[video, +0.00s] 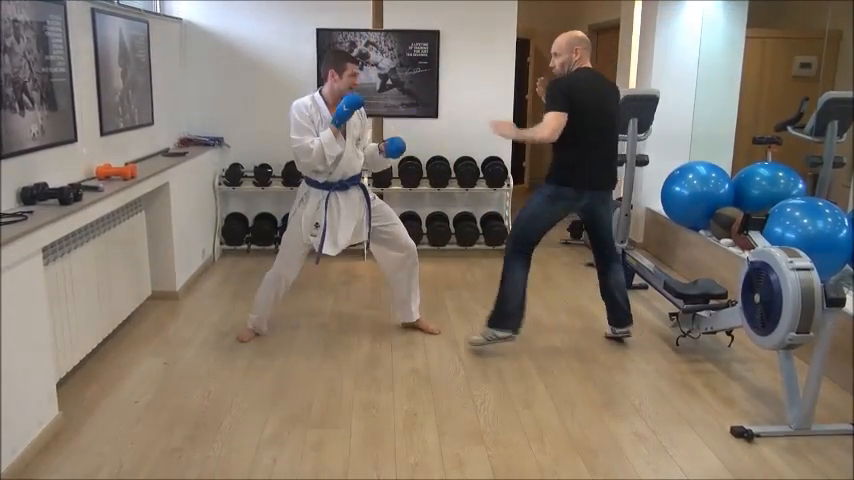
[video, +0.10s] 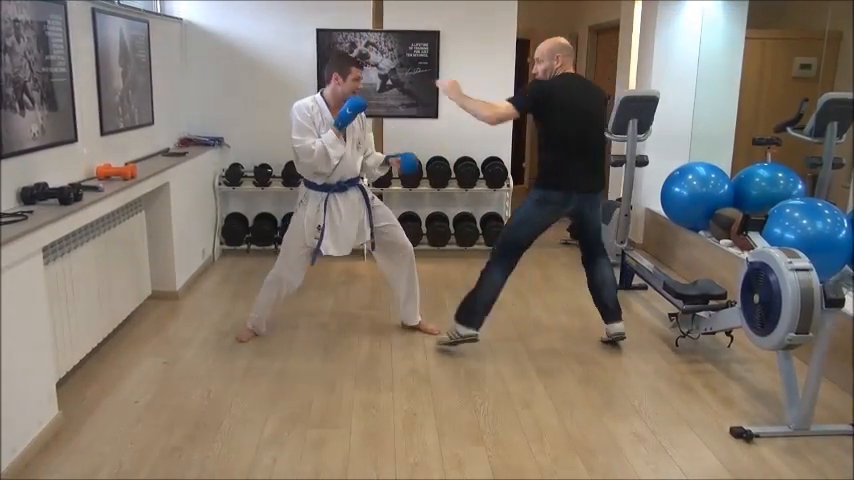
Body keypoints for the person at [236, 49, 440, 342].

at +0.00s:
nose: (357, 82)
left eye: (358, 76)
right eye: (352, 76)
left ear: (338, 78)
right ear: (333, 76)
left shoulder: (356, 111)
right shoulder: (303, 109)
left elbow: (363, 156)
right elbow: (307, 158)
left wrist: (383, 152)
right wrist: (337, 126)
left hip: (357, 194)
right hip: (315, 197)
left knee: (405, 249)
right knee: (284, 268)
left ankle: (410, 316)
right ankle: (256, 324)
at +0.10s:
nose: (360, 87)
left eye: (361, 81)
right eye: (356, 81)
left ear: (338, 80)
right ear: (335, 79)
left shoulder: (357, 115)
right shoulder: (304, 111)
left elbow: (366, 160)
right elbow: (310, 162)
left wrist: (389, 162)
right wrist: (339, 126)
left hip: (358, 196)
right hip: (317, 199)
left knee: (402, 250)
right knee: (286, 271)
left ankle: (411, 318)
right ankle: (255, 324)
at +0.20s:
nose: (349, 87)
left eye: (351, 81)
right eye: (345, 80)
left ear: (341, 81)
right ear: (327, 77)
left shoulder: (349, 114)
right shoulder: (296, 107)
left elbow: (359, 158)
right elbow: (304, 157)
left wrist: (377, 164)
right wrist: (331, 121)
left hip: (348, 194)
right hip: (308, 197)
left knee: (392, 250)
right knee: (280, 269)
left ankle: (413, 317)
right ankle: (256, 325)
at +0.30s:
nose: (339, 87)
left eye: (341, 82)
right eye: (335, 81)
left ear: (335, 83)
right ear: (315, 78)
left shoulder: (339, 113)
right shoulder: (285, 110)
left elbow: (348, 157)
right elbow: (296, 161)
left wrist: (365, 162)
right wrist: (318, 123)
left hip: (339, 195)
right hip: (300, 198)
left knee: (387, 251)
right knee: (274, 270)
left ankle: (409, 319)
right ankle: (255, 326)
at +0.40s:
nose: (335, 87)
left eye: (336, 82)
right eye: (330, 81)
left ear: (335, 83)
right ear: (309, 79)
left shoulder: (337, 114)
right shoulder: (281, 113)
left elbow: (349, 159)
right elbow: (287, 164)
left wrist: (363, 172)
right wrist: (313, 130)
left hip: (340, 198)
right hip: (298, 200)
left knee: (385, 254)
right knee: (274, 273)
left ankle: (405, 320)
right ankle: (256, 327)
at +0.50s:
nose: (334, 88)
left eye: (336, 83)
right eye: (329, 82)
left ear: (335, 85)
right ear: (309, 81)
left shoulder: (339, 117)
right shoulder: (281, 114)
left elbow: (351, 163)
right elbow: (284, 164)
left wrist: (364, 165)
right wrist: (314, 133)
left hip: (338, 197)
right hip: (297, 201)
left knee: (383, 255)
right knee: (275, 276)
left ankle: (405, 320)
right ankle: (257, 329)